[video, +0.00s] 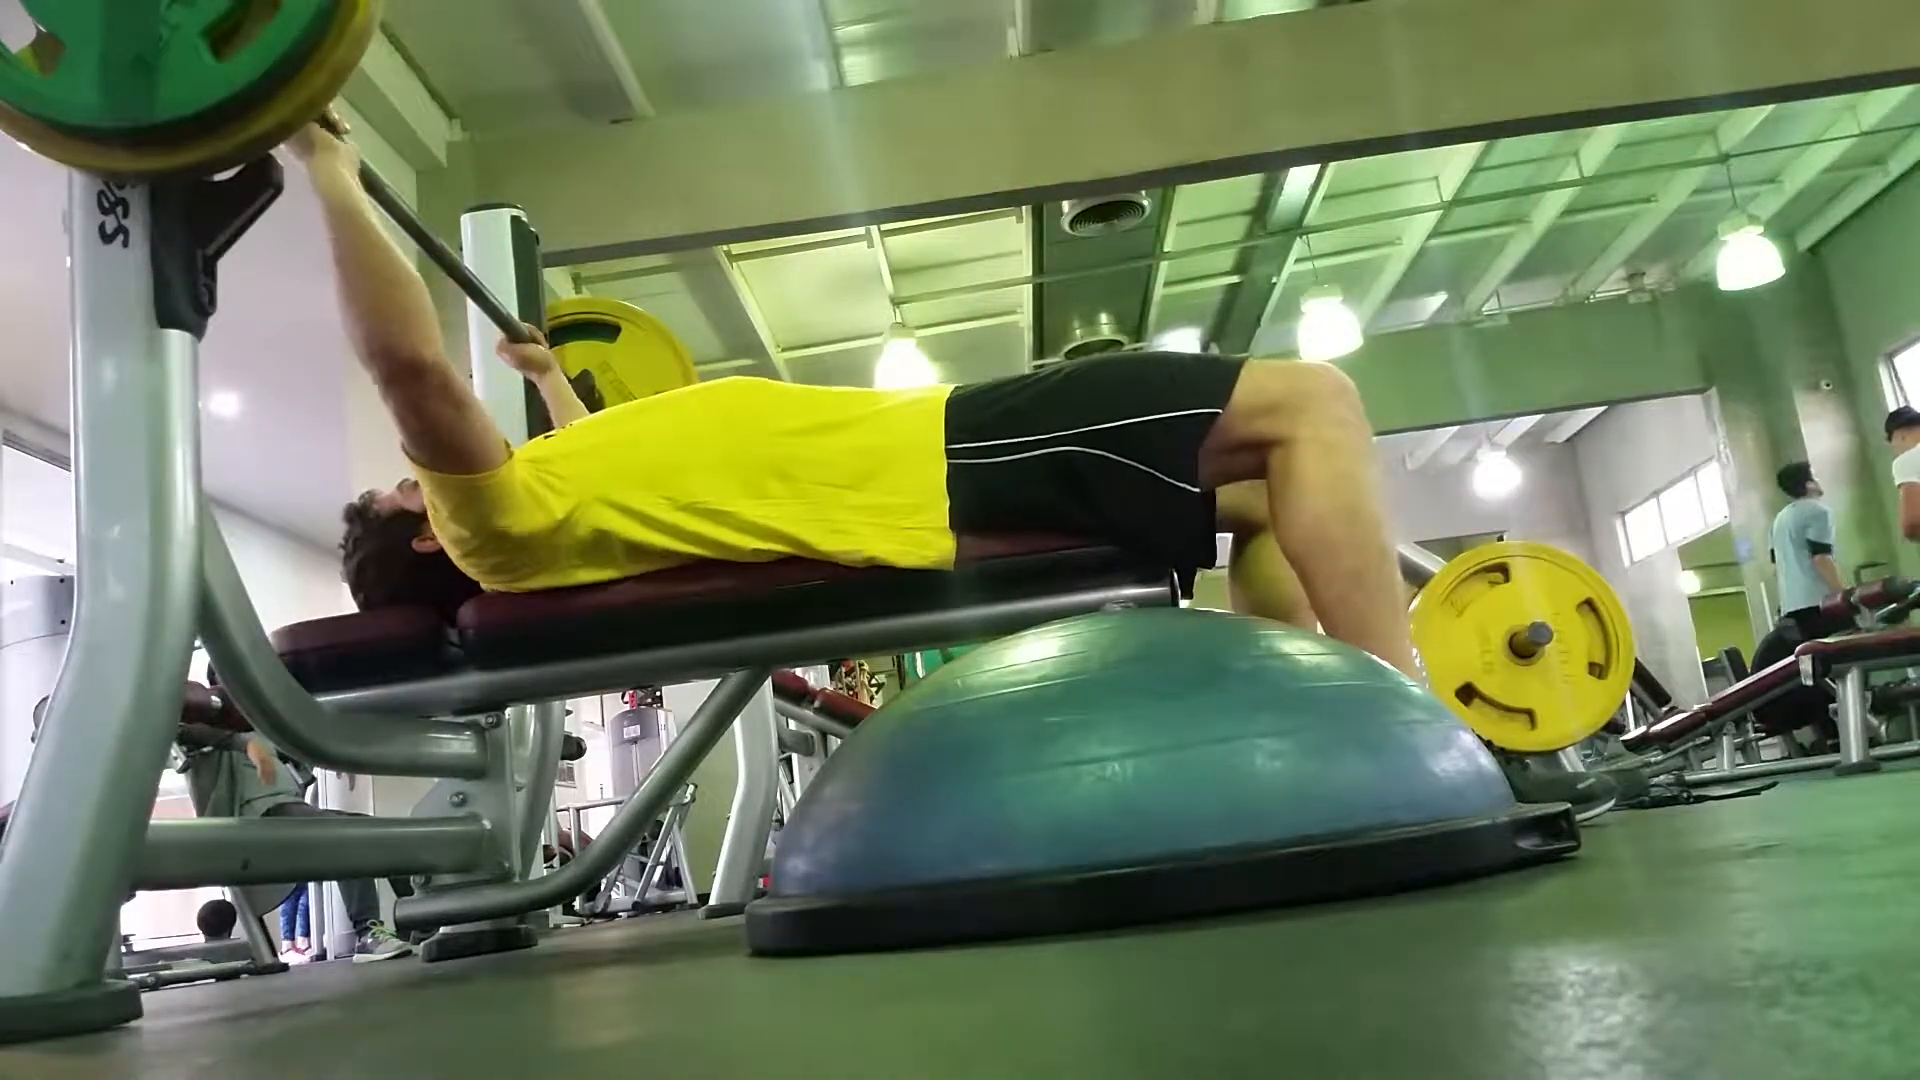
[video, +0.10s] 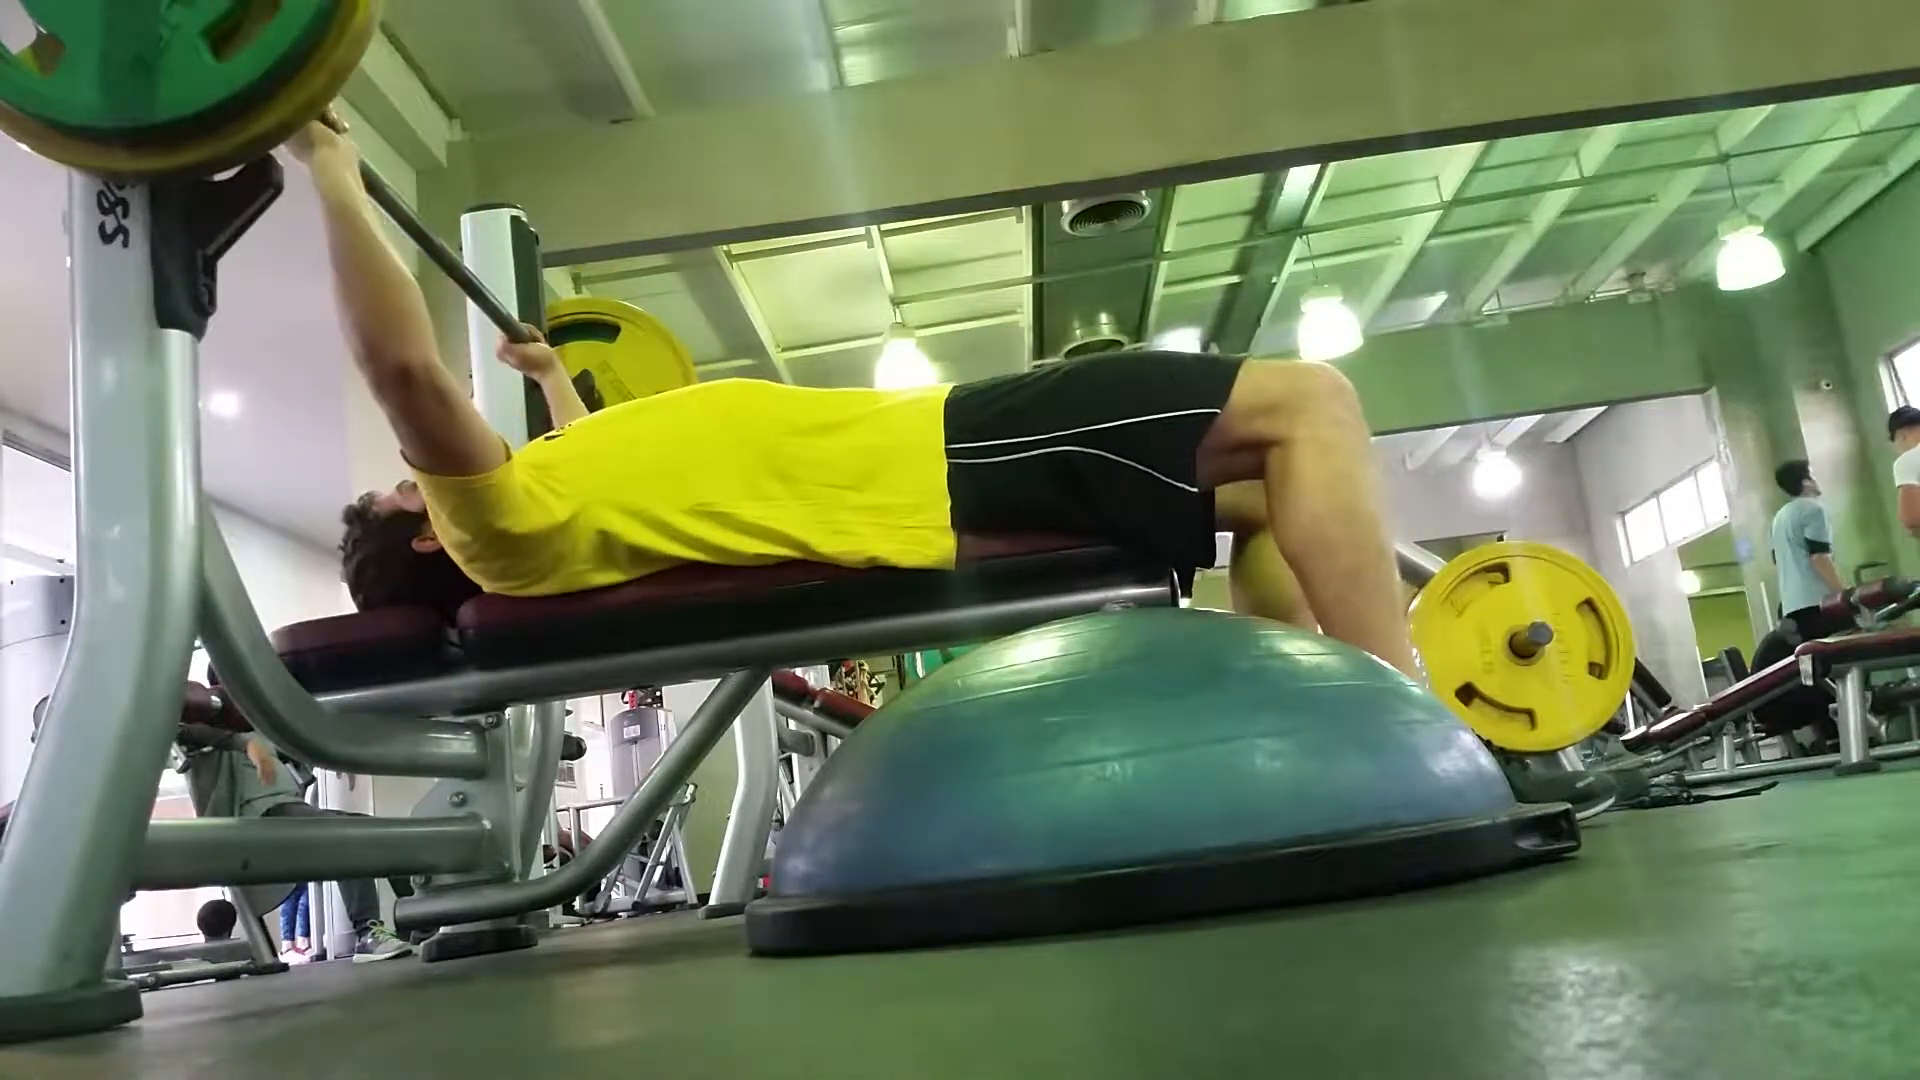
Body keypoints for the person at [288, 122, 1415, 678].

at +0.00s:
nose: (412, 474)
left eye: (401, 478)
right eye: (405, 483)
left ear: (430, 567)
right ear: (426, 529)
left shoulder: (550, 523)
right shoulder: (506, 528)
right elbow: (408, 368)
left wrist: (550, 397)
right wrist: (314, 147)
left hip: (934, 471)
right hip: (932, 459)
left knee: (1250, 501)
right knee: (1311, 402)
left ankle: (1308, 732)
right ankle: (1413, 736)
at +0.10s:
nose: (421, 471)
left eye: (408, 477)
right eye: (414, 480)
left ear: (430, 559)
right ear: (428, 528)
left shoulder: (553, 518)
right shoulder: (512, 528)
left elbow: (627, 471)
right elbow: (403, 371)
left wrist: (551, 394)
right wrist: (317, 146)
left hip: (935, 460)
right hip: (932, 461)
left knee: (1256, 481)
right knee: (1307, 402)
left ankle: (1299, 740)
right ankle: (1410, 738)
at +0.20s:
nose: (419, 479)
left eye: (405, 485)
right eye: (412, 486)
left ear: (427, 564)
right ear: (425, 532)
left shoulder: (548, 525)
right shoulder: (510, 530)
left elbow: (630, 477)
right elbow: (400, 373)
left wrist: (550, 396)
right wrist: (316, 141)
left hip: (927, 463)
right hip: (927, 456)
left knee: (1267, 471)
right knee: (1306, 405)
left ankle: (1291, 744)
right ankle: (1407, 732)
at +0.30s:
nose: (418, 476)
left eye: (405, 481)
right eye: (408, 485)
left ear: (429, 558)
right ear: (423, 534)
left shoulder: (553, 529)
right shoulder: (512, 533)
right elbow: (397, 373)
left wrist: (545, 394)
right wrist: (316, 140)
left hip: (927, 463)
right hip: (923, 454)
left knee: (1267, 468)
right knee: (1302, 404)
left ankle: (1296, 740)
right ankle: (1408, 736)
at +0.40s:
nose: (417, 471)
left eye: (403, 477)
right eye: (407, 482)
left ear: (428, 555)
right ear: (422, 533)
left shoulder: (548, 532)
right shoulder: (510, 531)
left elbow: (606, 480)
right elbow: (392, 367)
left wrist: (551, 389)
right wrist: (315, 135)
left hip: (921, 457)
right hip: (924, 454)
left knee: (1266, 460)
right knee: (1302, 403)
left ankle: (1292, 740)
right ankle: (1403, 735)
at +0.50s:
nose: (420, 471)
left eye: (406, 476)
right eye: (411, 481)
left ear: (430, 549)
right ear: (422, 529)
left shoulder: (551, 532)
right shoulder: (511, 527)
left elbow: (598, 478)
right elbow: (394, 351)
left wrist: (551, 379)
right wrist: (315, 115)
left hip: (929, 457)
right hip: (928, 456)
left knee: (1262, 468)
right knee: (1295, 402)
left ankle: (1293, 731)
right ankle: (1404, 730)